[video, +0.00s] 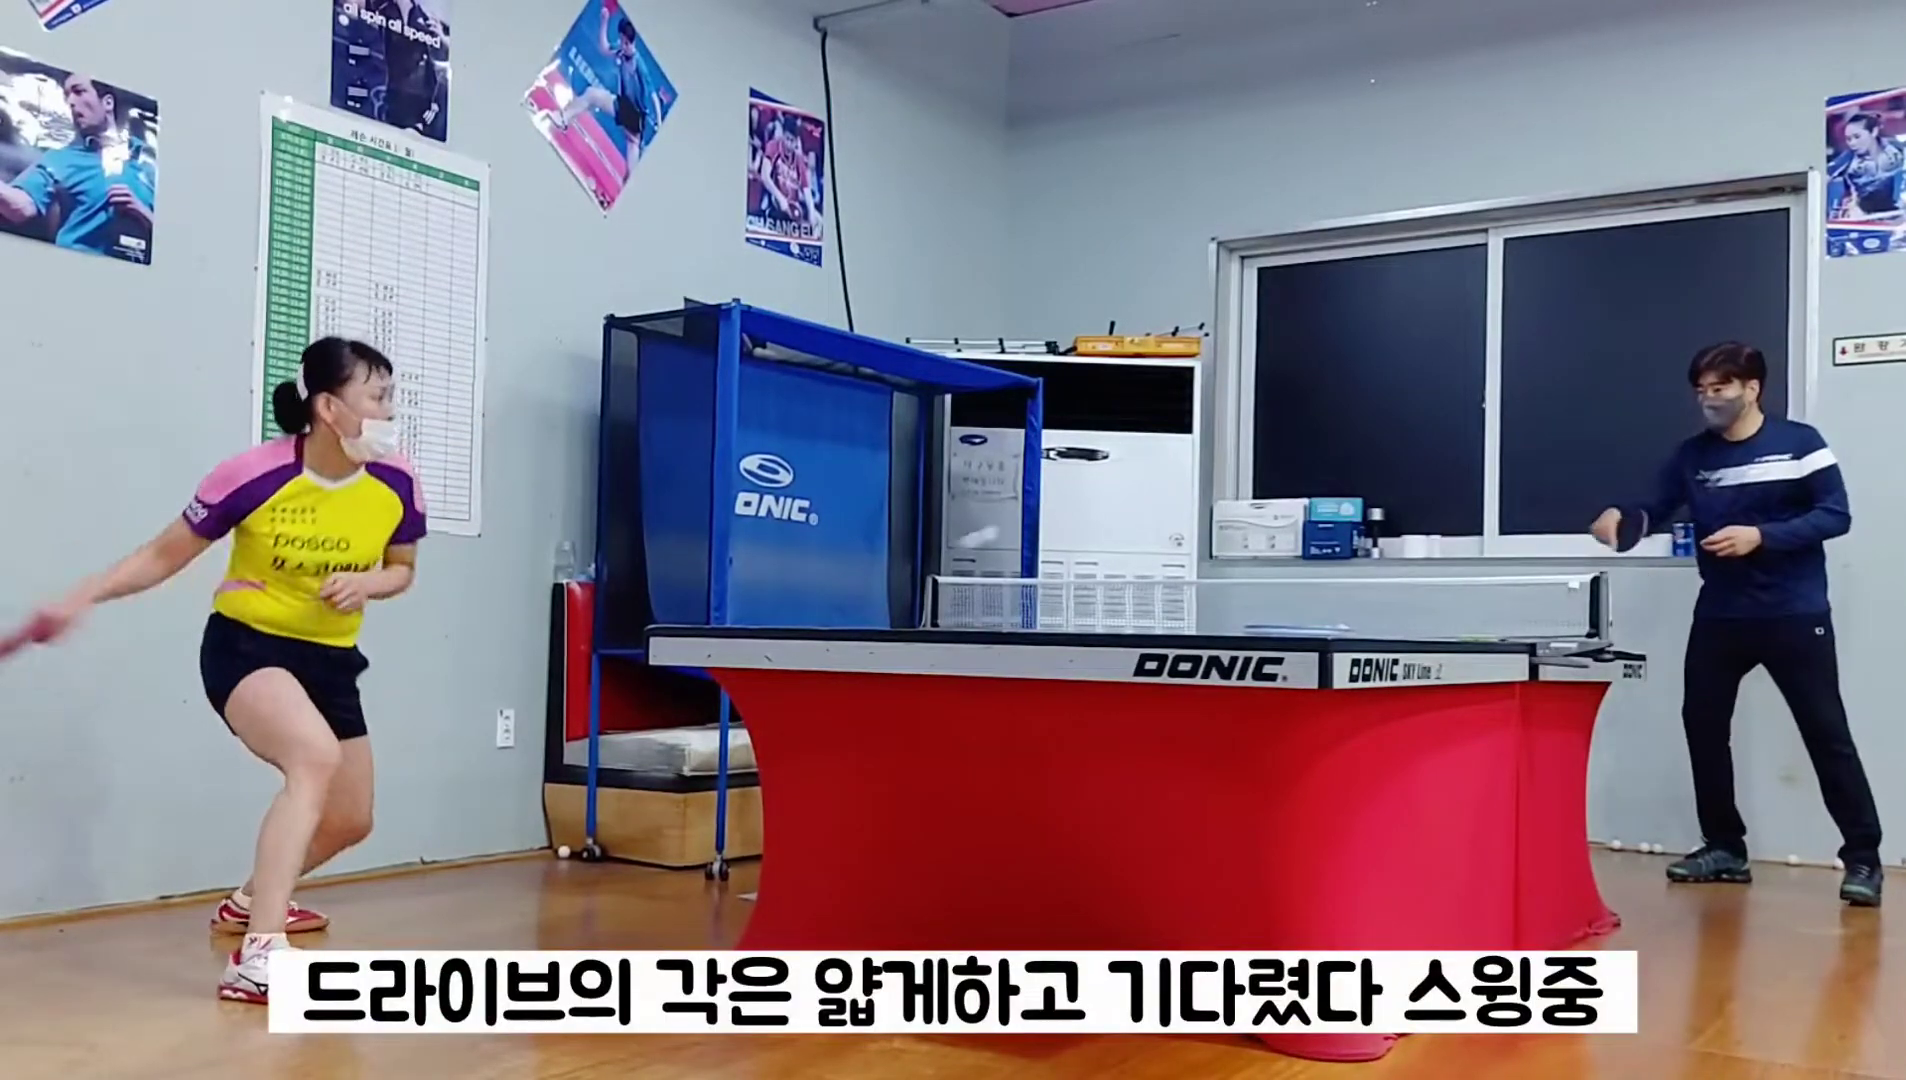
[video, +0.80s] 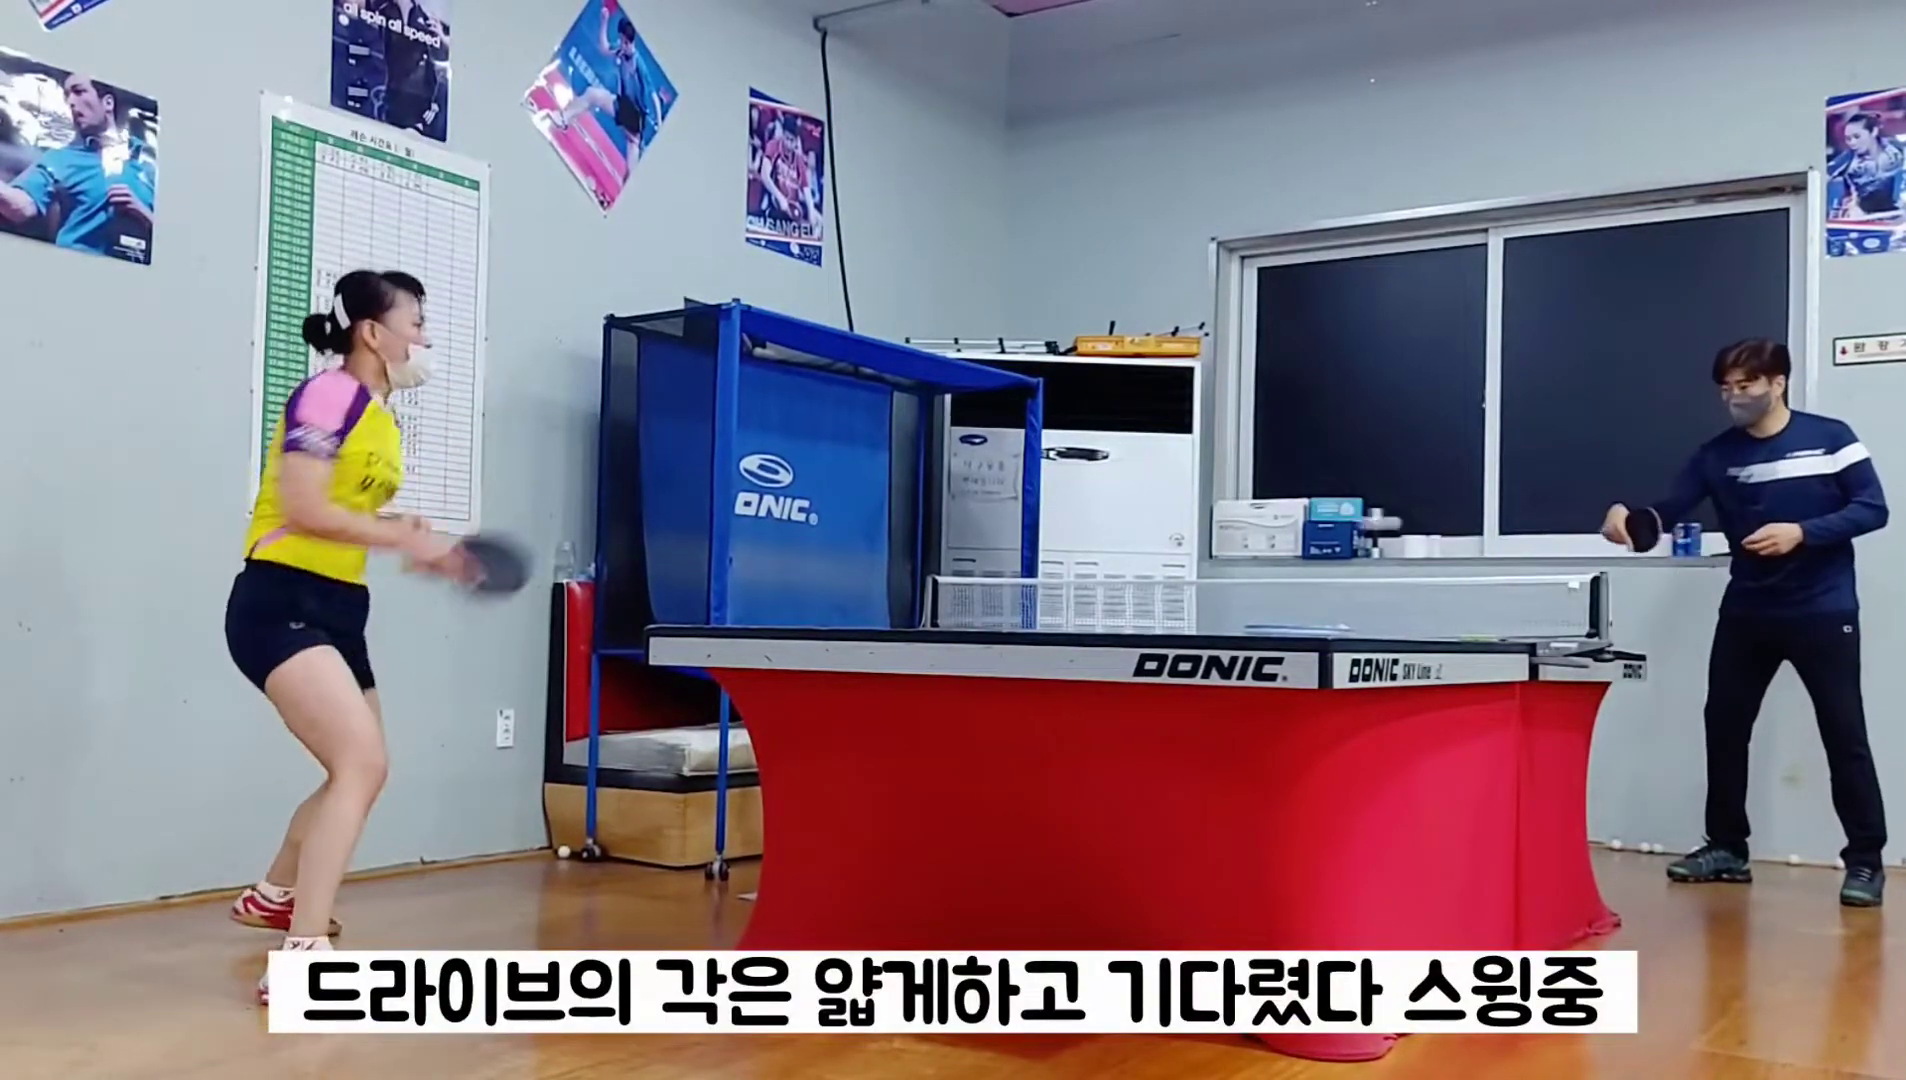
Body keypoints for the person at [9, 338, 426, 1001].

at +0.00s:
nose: (387, 412)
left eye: (388, 399)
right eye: (374, 399)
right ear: (326, 409)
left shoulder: (396, 484)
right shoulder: (254, 475)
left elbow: (401, 571)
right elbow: (165, 554)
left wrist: (371, 585)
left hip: (331, 661)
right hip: (246, 645)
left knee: (350, 820)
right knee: (313, 760)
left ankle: (251, 901)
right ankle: (260, 952)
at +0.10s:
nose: (382, 419)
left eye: (385, 405)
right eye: (368, 405)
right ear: (319, 413)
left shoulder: (397, 485)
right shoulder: (250, 478)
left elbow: (405, 580)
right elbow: (163, 544)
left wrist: (354, 589)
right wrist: (60, 559)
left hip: (334, 664)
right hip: (251, 648)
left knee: (349, 823)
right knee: (314, 760)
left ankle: (256, 898)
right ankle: (259, 955)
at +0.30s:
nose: (415, 357)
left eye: (420, 347)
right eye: (408, 341)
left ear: (384, 346)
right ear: (361, 333)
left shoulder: (372, 419)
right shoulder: (316, 381)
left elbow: (330, 528)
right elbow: (289, 446)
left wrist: (374, 516)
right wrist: (383, 418)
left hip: (301, 602)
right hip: (263, 593)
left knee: (337, 755)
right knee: (344, 755)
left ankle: (285, 885)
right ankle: (251, 938)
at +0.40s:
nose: (415, 373)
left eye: (418, 363)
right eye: (409, 359)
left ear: (358, 353)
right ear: (367, 348)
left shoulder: (325, 415)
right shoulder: (341, 390)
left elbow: (295, 510)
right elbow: (454, 381)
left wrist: (362, 539)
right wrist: (494, 344)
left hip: (245, 613)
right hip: (274, 611)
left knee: (322, 768)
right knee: (363, 788)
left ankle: (279, 915)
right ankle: (287, 955)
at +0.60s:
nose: (412, 381)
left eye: (412, 369)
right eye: (406, 367)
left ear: (345, 365)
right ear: (367, 361)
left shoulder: (293, 427)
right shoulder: (367, 401)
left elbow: (293, 515)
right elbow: (487, 428)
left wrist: (367, 554)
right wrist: (501, 397)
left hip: (240, 623)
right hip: (297, 619)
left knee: (320, 771)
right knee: (379, 802)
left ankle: (278, 910)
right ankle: (288, 979)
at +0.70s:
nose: (418, 343)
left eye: (418, 330)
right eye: (410, 328)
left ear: (364, 332)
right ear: (371, 328)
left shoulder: (337, 392)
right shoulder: (347, 377)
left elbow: (308, 508)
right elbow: (414, 470)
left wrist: (382, 525)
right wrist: (490, 464)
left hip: (285, 601)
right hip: (292, 602)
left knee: (337, 765)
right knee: (366, 774)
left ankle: (280, 899)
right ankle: (293, 965)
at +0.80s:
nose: (422, 338)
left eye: (422, 325)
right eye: (414, 324)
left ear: (378, 334)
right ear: (370, 330)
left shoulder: (378, 415)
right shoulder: (329, 391)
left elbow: (356, 517)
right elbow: (303, 508)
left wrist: (431, 550)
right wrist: (402, 536)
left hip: (335, 608)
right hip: (280, 603)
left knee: (362, 766)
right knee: (360, 763)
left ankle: (274, 893)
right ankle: (305, 949)